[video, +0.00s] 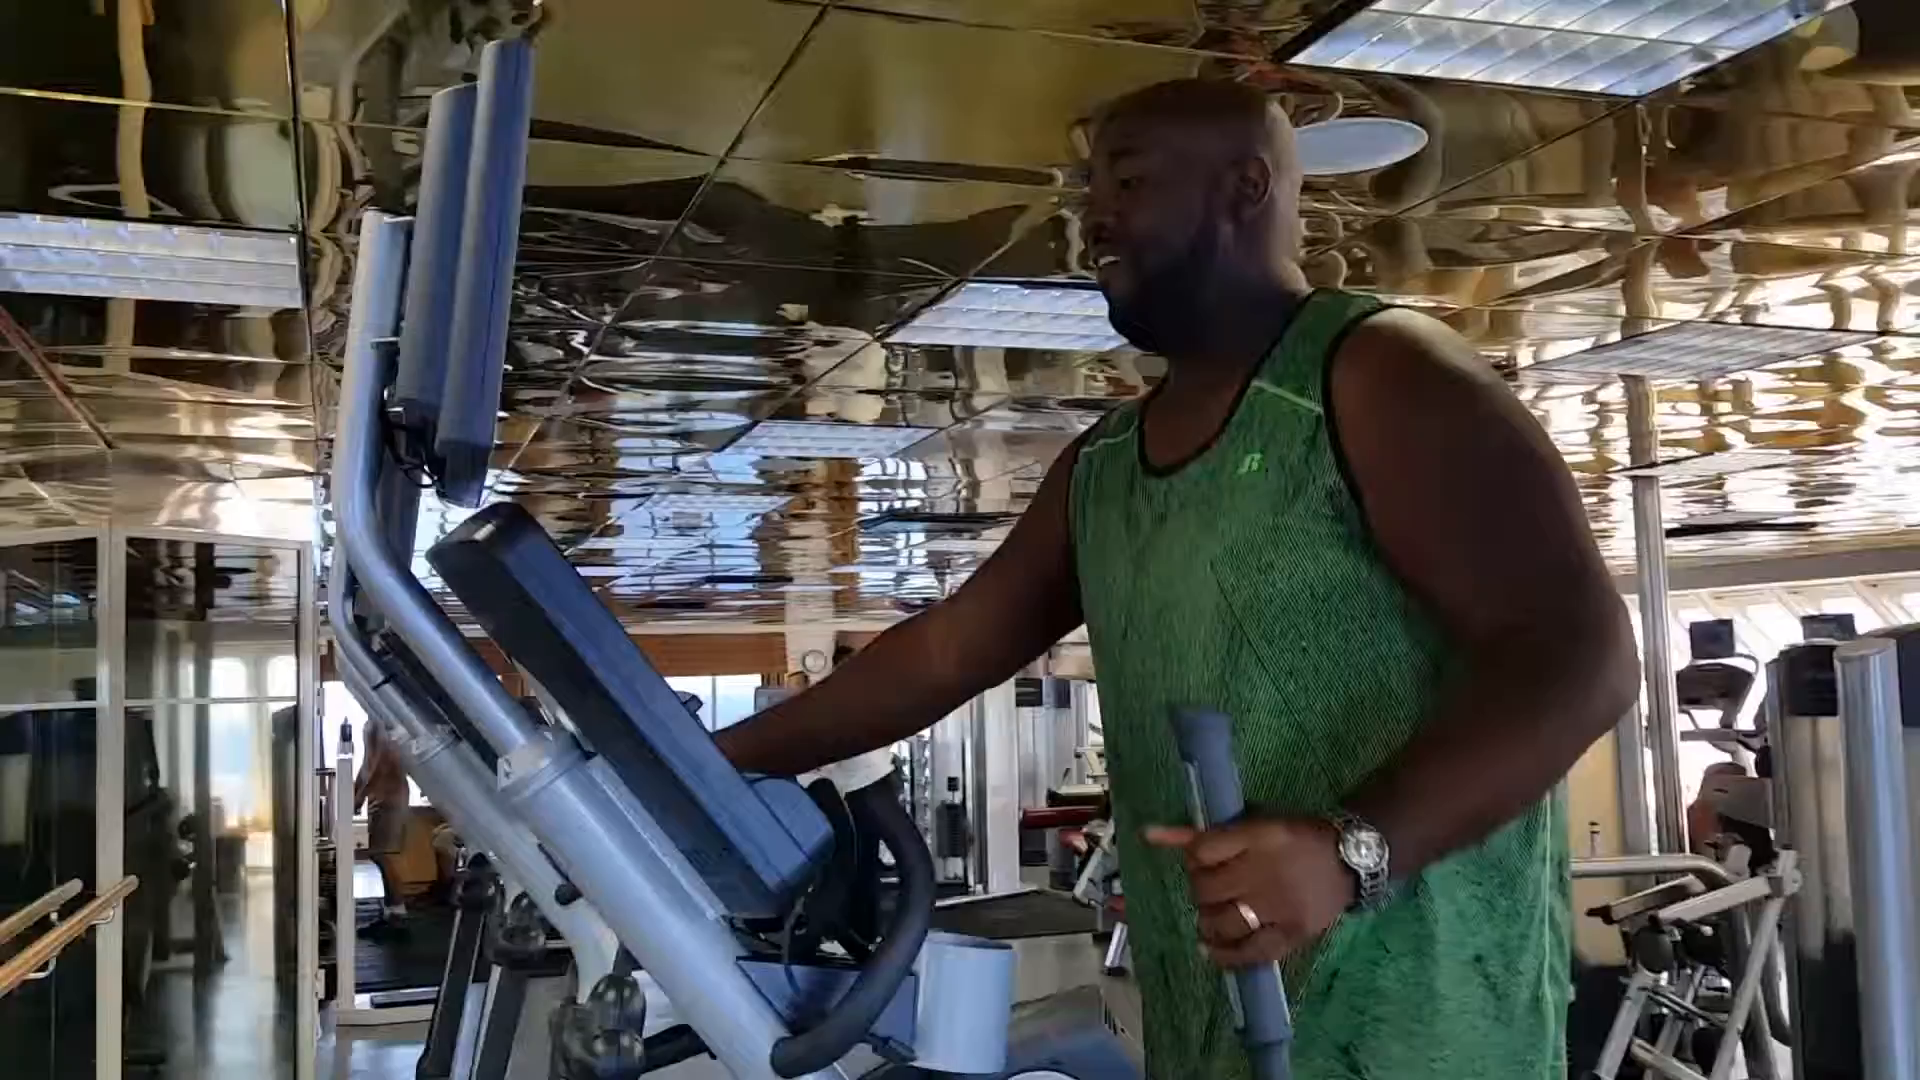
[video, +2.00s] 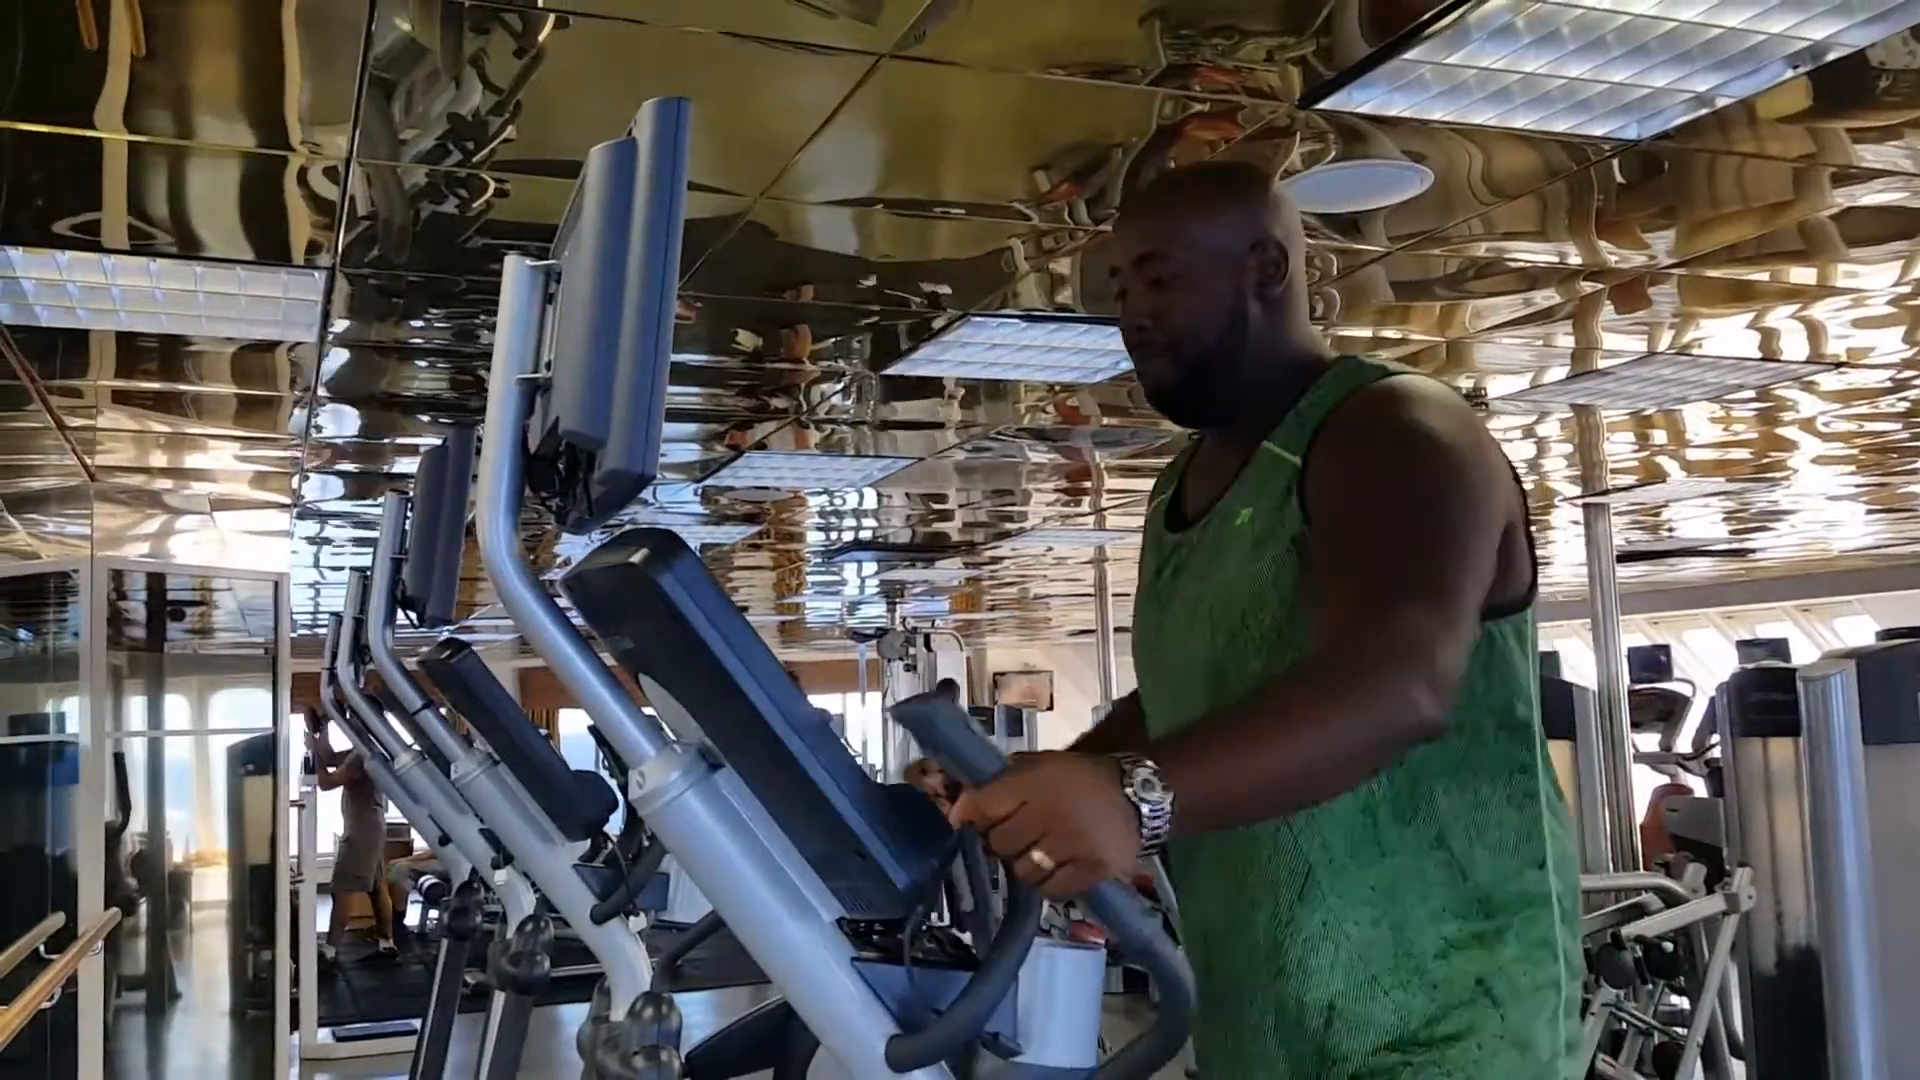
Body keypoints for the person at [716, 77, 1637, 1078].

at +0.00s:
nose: (1092, 212)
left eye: (1124, 174)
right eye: (1092, 186)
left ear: (1244, 194)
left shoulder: (1382, 369)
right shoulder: (1102, 466)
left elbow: (1578, 652)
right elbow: (936, 655)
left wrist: (1355, 853)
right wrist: (709, 763)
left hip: (1421, 1017)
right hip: (1199, 1022)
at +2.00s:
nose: (1129, 317)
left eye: (1159, 279)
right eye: (1123, 290)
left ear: (1266, 274)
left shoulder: (1408, 436)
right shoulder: (1188, 483)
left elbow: (1398, 682)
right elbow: (1189, 693)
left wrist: (1139, 797)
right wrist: (1049, 792)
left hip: (1440, 1016)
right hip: (1257, 1019)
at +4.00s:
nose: (1145, 276)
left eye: (1192, 236)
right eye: (1127, 255)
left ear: (1283, 265)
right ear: (1110, 290)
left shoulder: (1388, 460)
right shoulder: (1139, 512)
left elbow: (1517, 738)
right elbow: (1052, 712)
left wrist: (1210, 803)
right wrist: (842, 756)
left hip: (1407, 1046)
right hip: (1168, 1044)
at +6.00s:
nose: (1048, 330)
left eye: (1079, 291)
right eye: (1042, 300)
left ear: (1191, 294)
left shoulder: (1337, 453)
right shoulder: (1081, 512)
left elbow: (1485, 715)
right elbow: (1003, 720)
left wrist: (1256, 798)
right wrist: (812, 747)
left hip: (1345, 1017)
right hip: (1153, 1015)